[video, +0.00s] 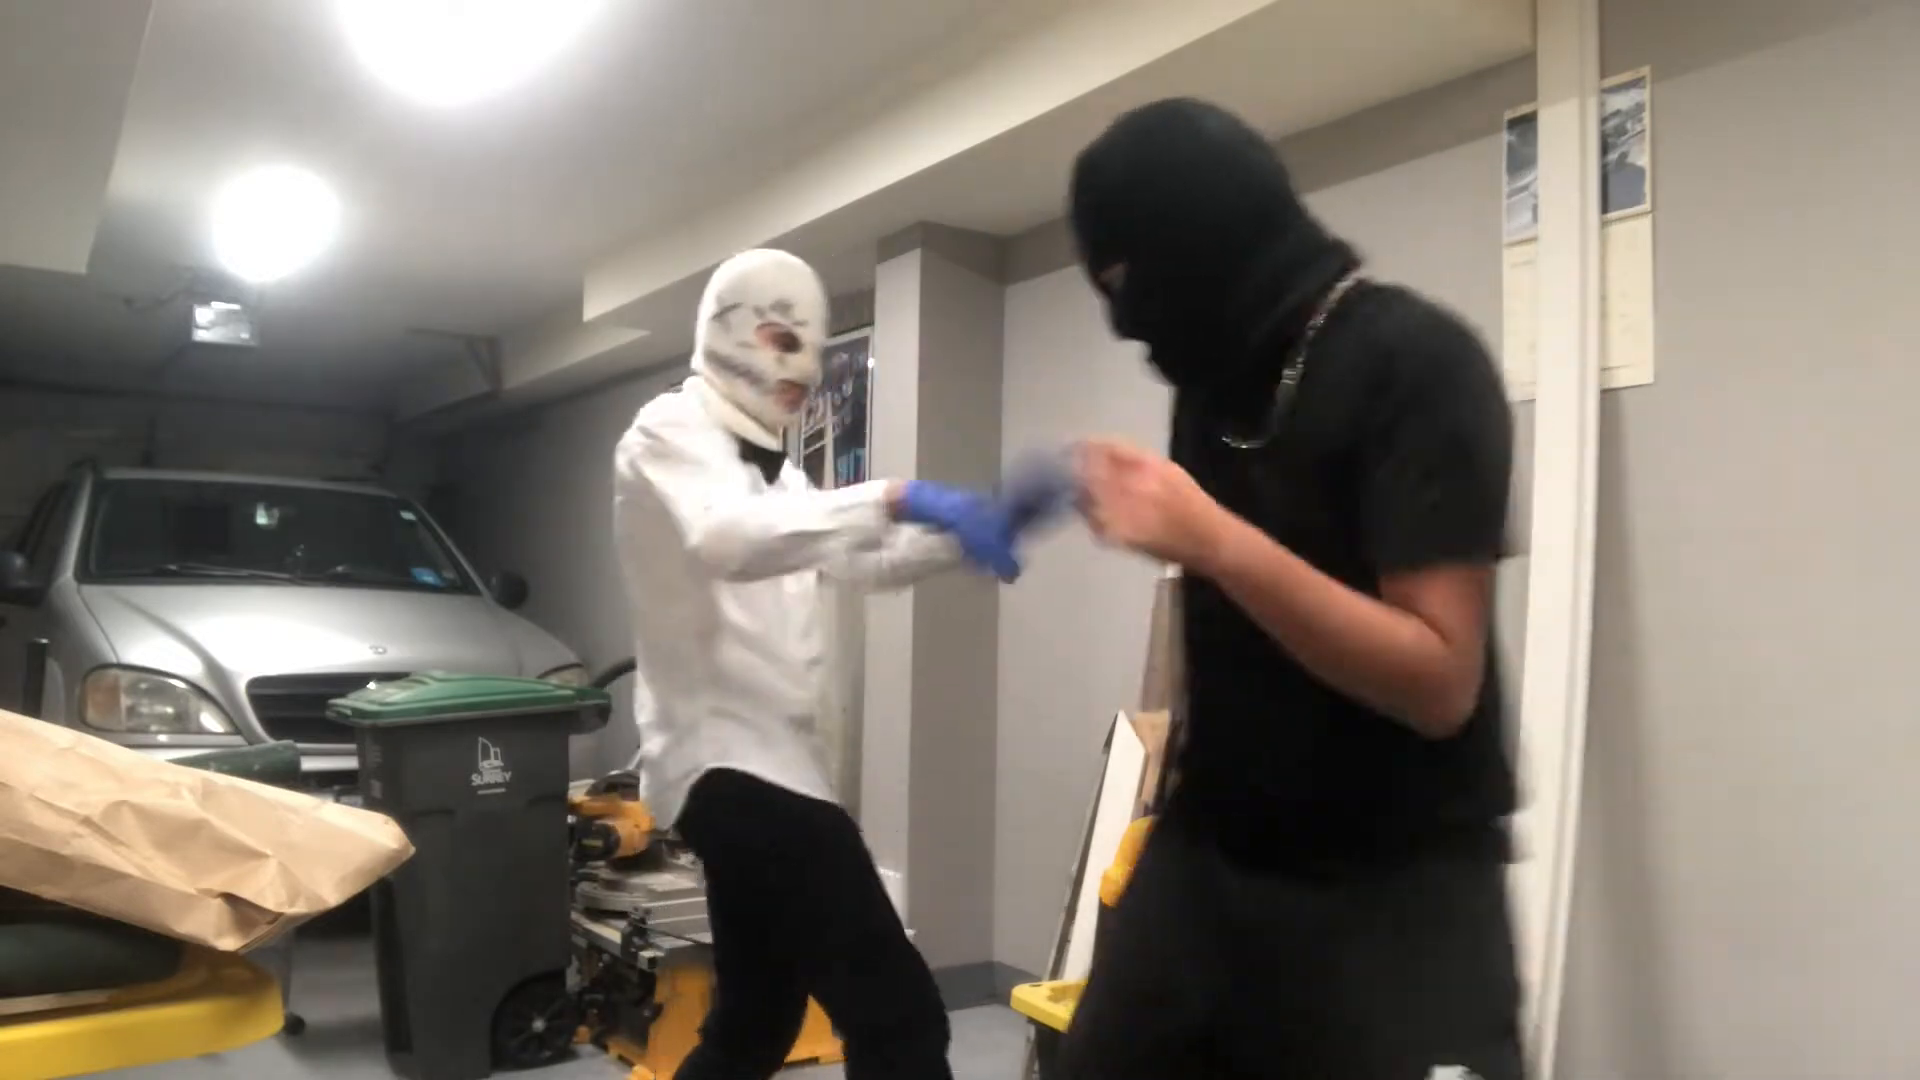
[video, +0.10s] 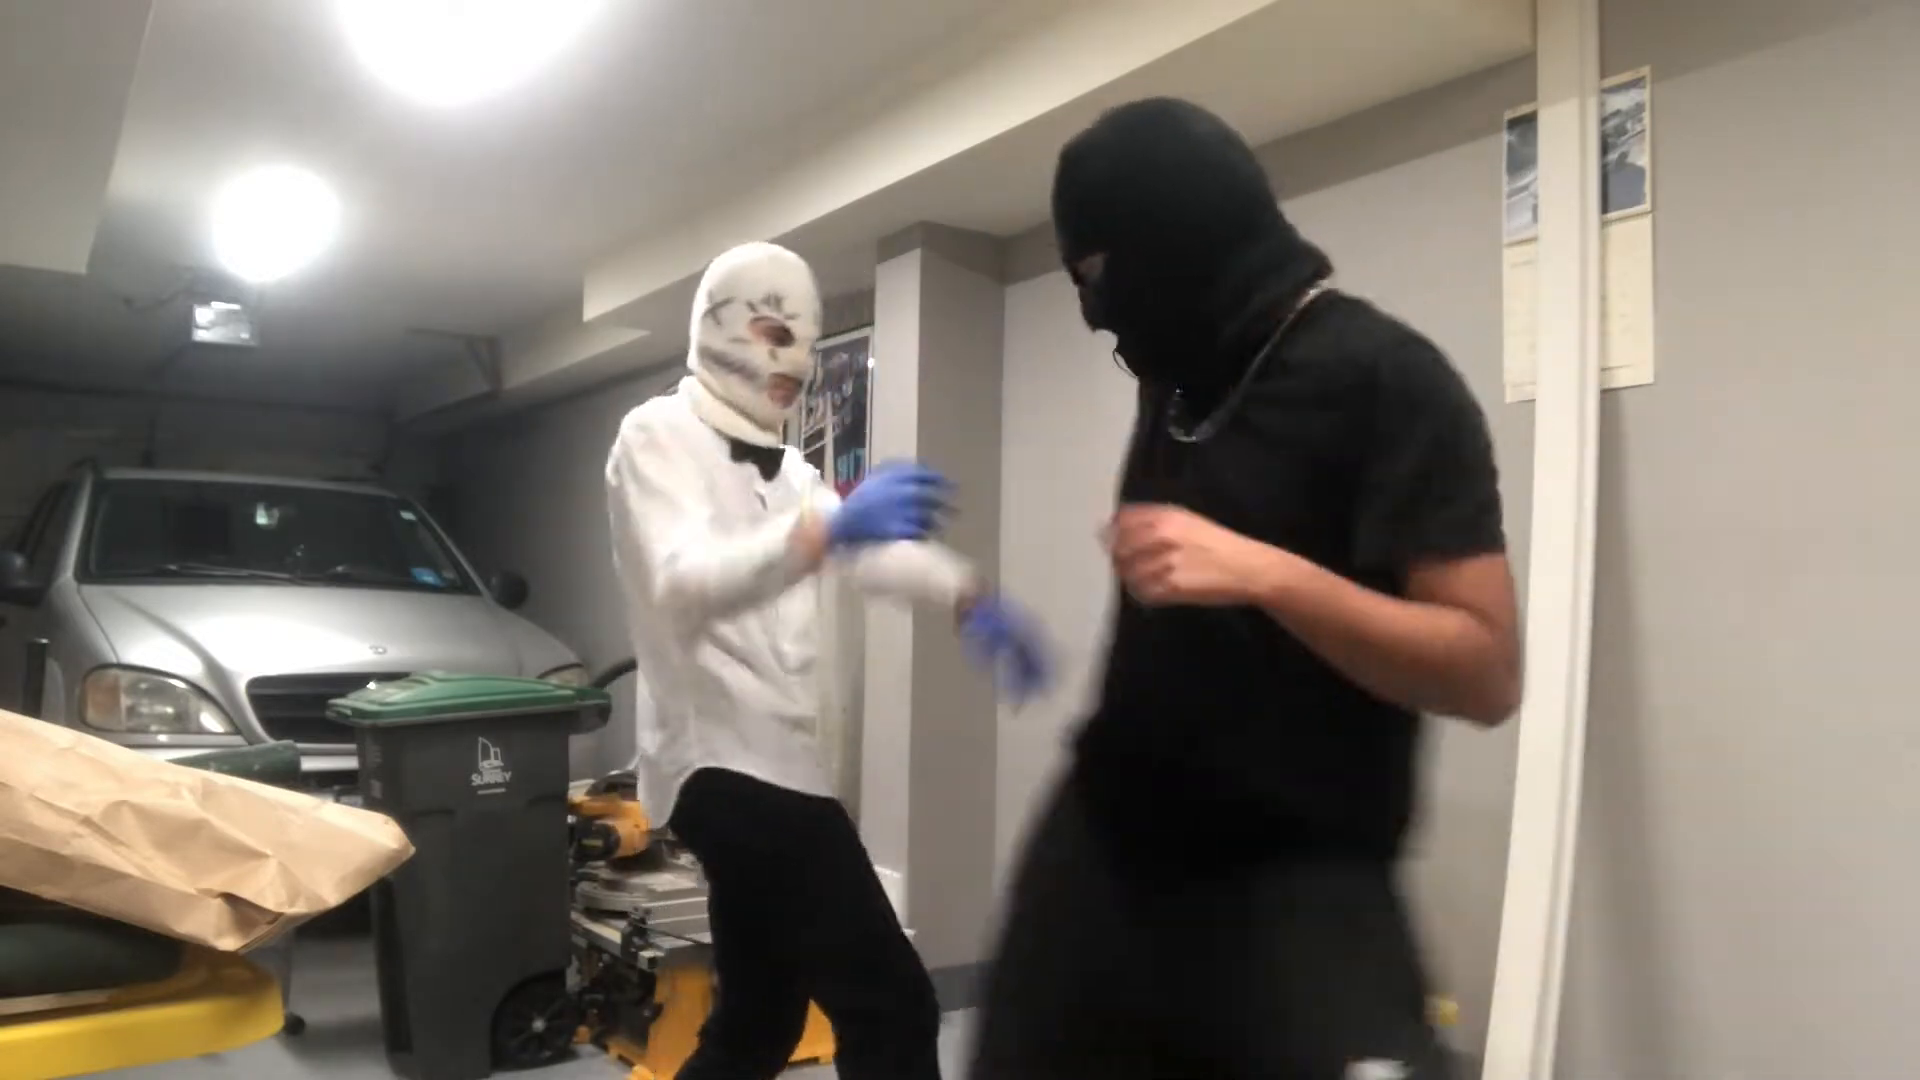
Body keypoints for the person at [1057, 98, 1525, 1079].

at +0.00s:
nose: (1119, 317)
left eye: (1123, 277)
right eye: (1106, 286)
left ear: (1199, 241)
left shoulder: (1415, 360)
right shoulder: (1218, 385)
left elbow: (1443, 681)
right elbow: (1225, 644)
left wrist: (1205, 535)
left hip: (1393, 911)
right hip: (1204, 883)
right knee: (1107, 1060)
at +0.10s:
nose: (1092, 309)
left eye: (1100, 271)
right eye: (1080, 280)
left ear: (1180, 237)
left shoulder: (1386, 379)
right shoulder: (1181, 389)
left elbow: (1488, 673)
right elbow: (1177, 654)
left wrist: (1263, 572)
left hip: (1297, 908)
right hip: (1109, 885)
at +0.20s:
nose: (1099, 304)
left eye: (1108, 266)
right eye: (1089, 274)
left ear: (1187, 233)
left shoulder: (1370, 383)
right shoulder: (1177, 389)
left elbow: (1495, 671)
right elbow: (1146, 629)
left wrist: (1259, 569)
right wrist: (1032, 729)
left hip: (1212, 893)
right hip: (1036, 868)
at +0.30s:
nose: (1103, 297)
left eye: (1111, 260)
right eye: (1096, 267)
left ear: (1192, 227)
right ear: (1198, 232)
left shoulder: (1356, 381)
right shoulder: (1177, 374)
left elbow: (1387, 683)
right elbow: (1155, 628)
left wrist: (1158, 540)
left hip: (1199, 884)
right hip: (1006, 846)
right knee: (952, 1060)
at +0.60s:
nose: (1078, 260)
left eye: (1081, 227)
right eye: (1074, 230)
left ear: (1123, 213)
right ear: (1213, 192)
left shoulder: (1206, 293)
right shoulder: (1294, 300)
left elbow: (1035, 540)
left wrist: (999, 442)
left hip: (1273, 833)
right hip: (1170, 815)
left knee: (1265, 1063)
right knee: (1071, 1062)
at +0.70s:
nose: (1106, 290)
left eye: (1108, 264)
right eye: (1103, 267)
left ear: (1136, 249)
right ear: (1245, 223)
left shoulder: (1167, 330)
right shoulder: (1398, 360)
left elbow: (1024, 528)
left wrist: (952, 559)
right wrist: (1378, 632)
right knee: (1125, 1064)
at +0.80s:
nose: (1139, 322)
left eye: (1138, 295)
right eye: (1134, 299)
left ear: (1162, 266)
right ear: (1268, 233)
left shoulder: (1221, 327)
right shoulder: (1450, 368)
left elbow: (1070, 544)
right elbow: (1527, 614)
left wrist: (1026, 574)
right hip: (1454, 883)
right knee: (1176, 1064)